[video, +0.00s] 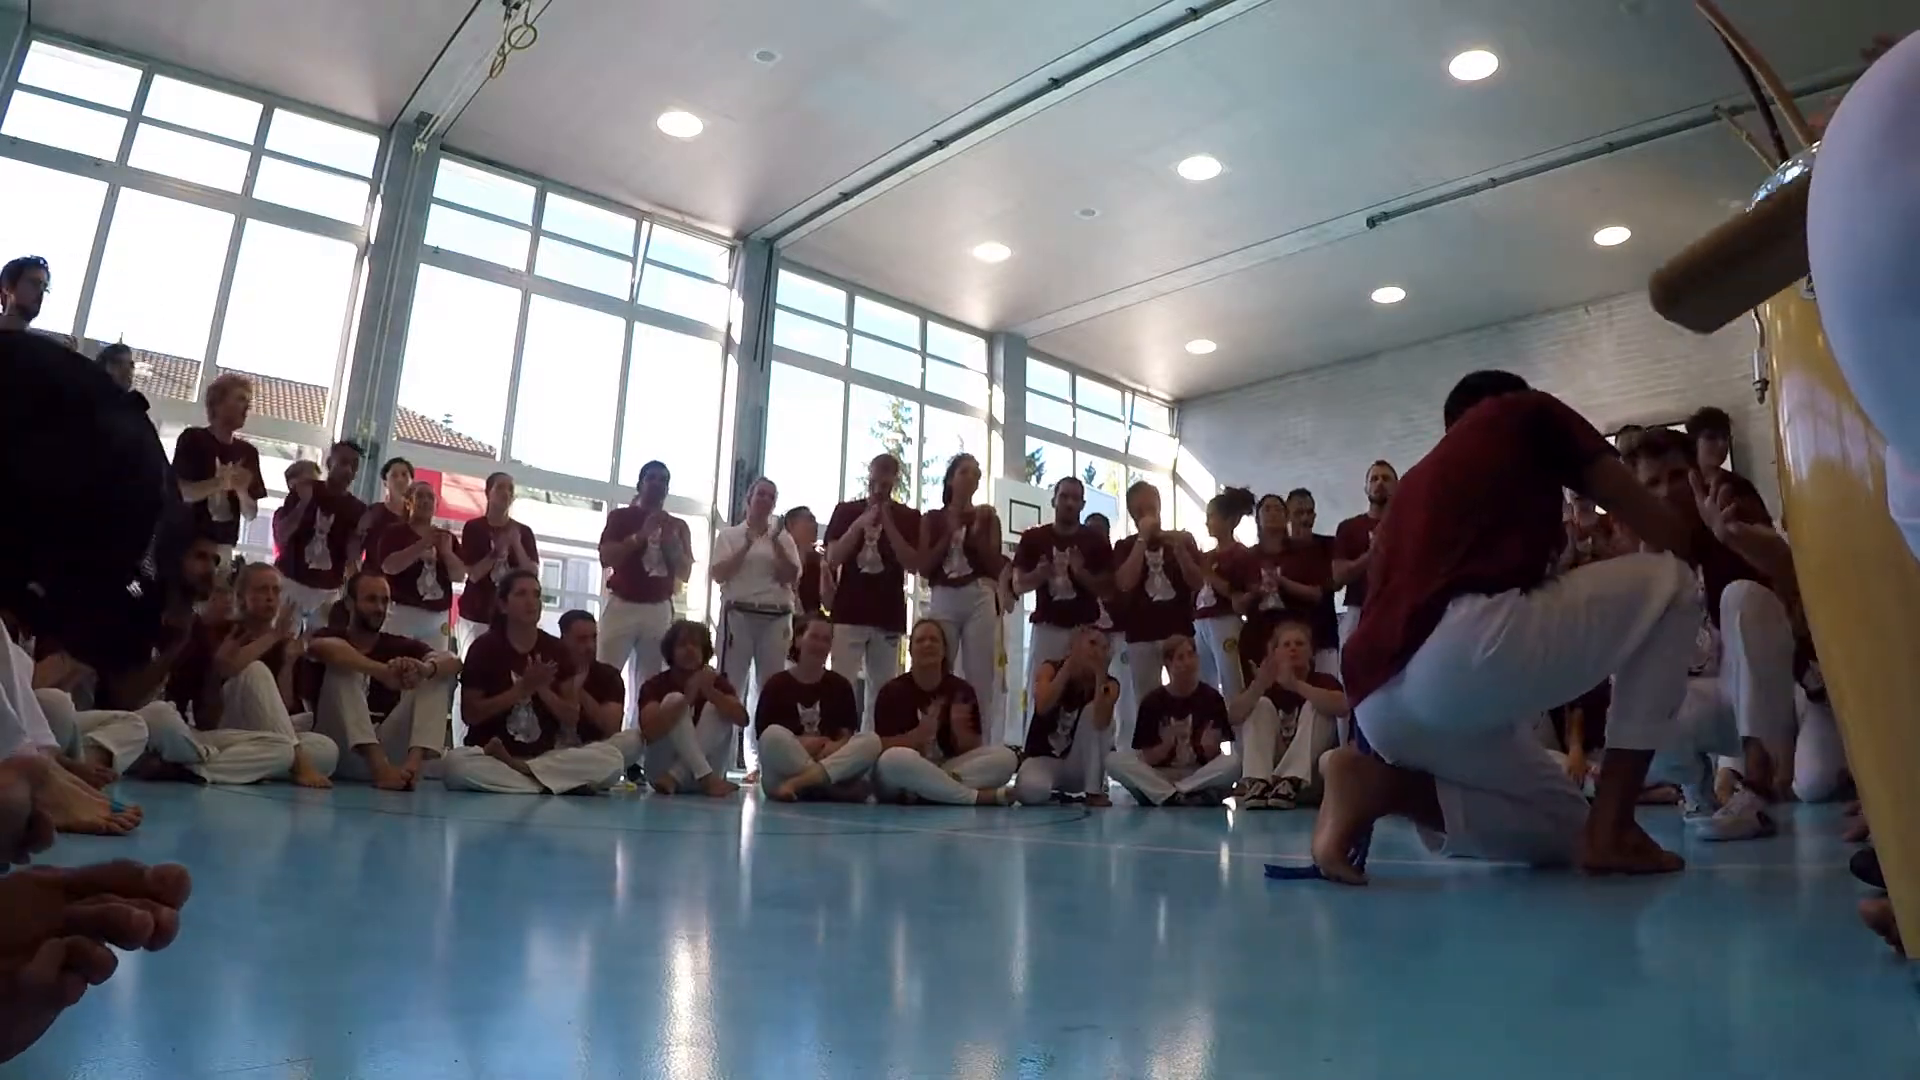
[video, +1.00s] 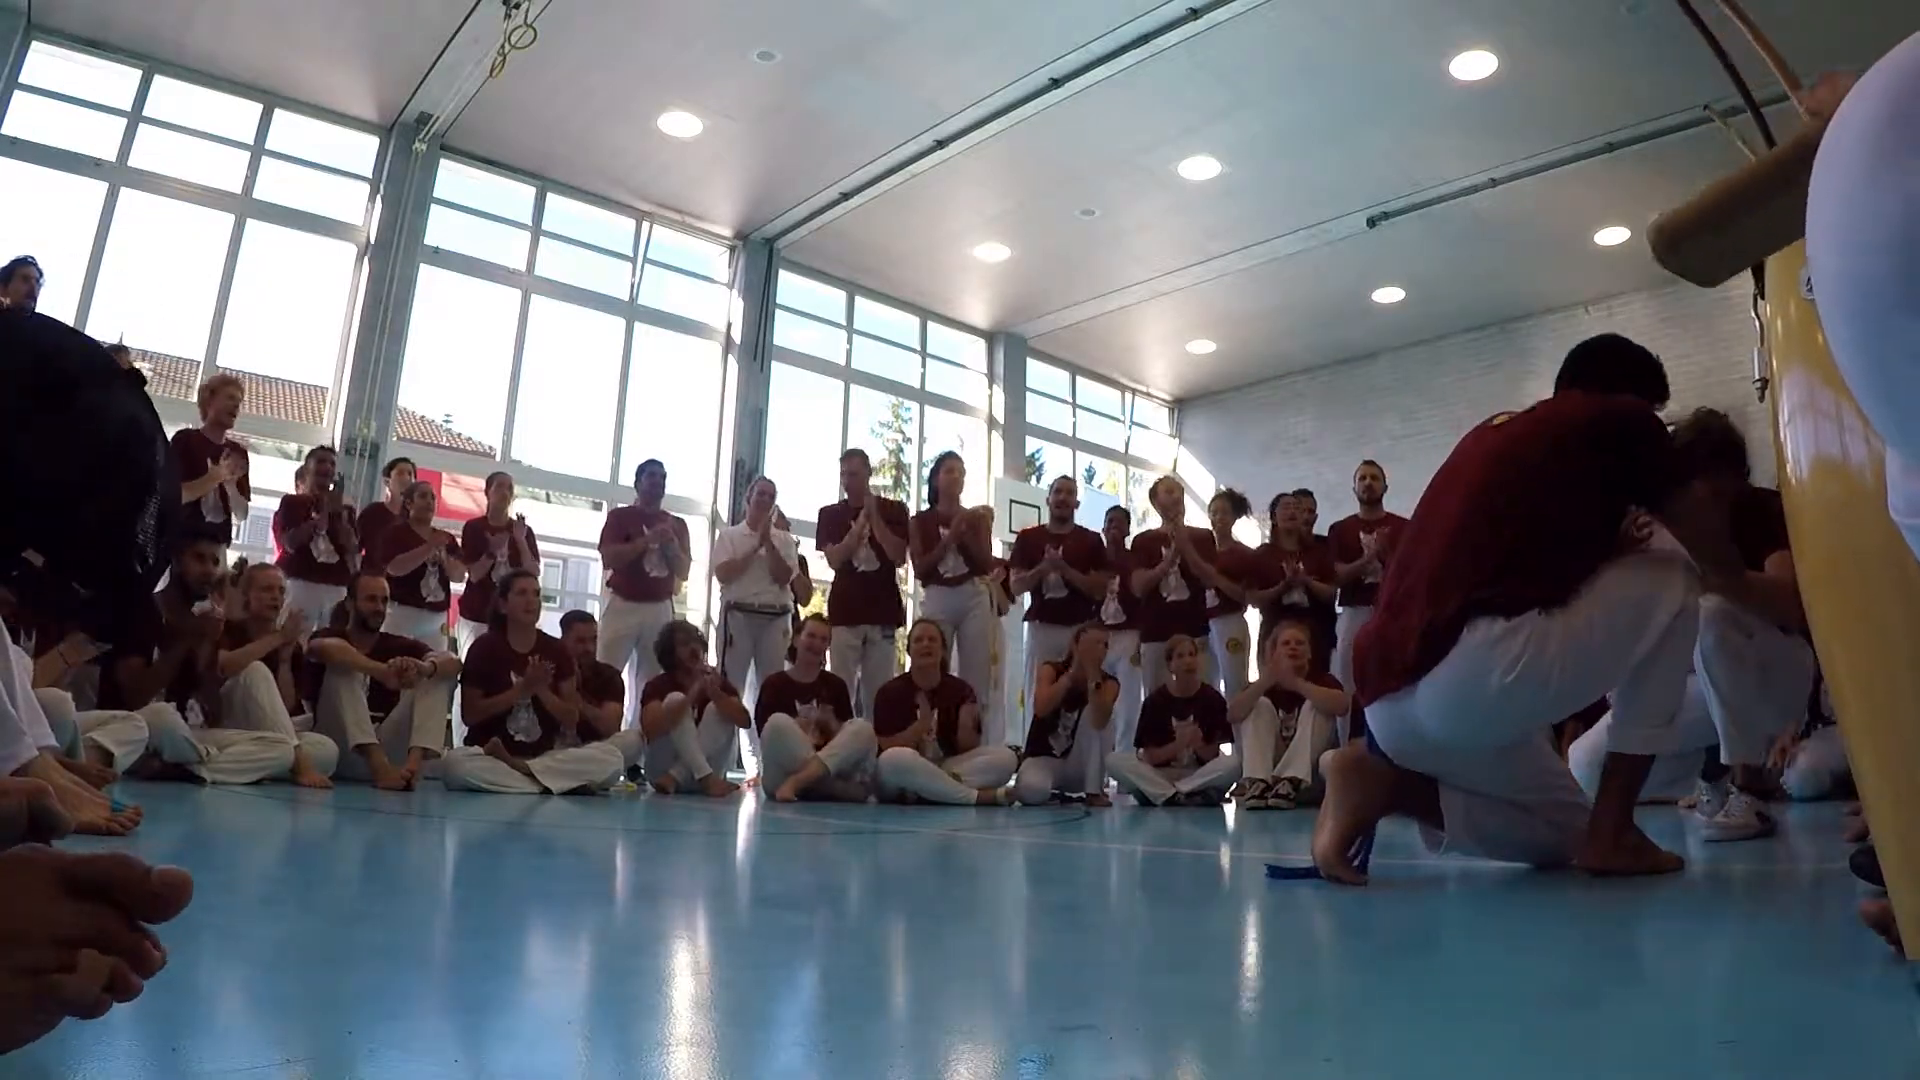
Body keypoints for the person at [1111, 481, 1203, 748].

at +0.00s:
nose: (1150, 515)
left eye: (1154, 508)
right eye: (1142, 509)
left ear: (1161, 507)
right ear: (1131, 512)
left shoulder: (1183, 540)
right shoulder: (1124, 546)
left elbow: (1197, 582)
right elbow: (1125, 583)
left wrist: (1179, 549)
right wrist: (1142, 540)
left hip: (1179, 631)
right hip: (1141, 633)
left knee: (1185, 694)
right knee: (1145, 700)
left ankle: (1189, 753)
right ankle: (1145, 758)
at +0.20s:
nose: (1154, 508)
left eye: (1158, 501)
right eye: (1147, 502)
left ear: (1164, 504)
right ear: (1135, 509)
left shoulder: (1184, 539)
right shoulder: (1128, 546)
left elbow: (1200, 581)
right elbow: (1128, 588)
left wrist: (1179, 551)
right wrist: (1151, 553)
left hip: (1181, 632)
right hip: (1144, 636)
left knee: (1188, 696)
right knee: (1148, 700)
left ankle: (1191, 753)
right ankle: (1148, 754)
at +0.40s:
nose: (1160, 502)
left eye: (1164, 496)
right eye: (1152, 498)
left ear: (1171, 501)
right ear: (1141, 506)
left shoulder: (1190, 537)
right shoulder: (1133, 544)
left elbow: (1203, 581)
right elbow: (1131, 590)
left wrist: (1179, 550)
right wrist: (1157, 568)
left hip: (1186, 631)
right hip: (1148, 635)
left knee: (1193, 701)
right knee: (1152, 705)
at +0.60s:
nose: (1168, 498)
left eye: (1170, 493)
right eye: (1159, 495)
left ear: (1176, 498)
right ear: (1147, 506)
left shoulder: (1196, 537)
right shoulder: (1138, 543)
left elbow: (1209, 581)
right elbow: (1134, 589)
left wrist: (1188, 548)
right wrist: (1160, 559)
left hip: (1193, 631)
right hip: (1153, 633)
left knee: (1202, 702)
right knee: (1156, 706)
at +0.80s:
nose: (1175, 496)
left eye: (1177, 492)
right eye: (1167, 492)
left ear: (1182, 497)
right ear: (1153, 504)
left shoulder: (1202, 537)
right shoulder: (1142, 541)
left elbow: (1211, 579)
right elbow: (1139, 587)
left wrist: (1186, 546)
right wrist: (1166, 560)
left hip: (1196, 630)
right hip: (1156, 633)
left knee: (1202, 702)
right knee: (1157, 705)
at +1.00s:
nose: (1176, 496)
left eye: (1178, 492)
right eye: (1168, 492)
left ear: (1184, 498)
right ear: (1155, 503)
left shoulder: (1204, 537)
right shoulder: (1144, 540)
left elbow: (1211, 580)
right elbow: (1138, 587)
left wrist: (1185, 545)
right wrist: (1166, 564)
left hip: (1197, 633)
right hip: (1155, 635)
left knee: (1202, 704)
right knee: (1157, 707)